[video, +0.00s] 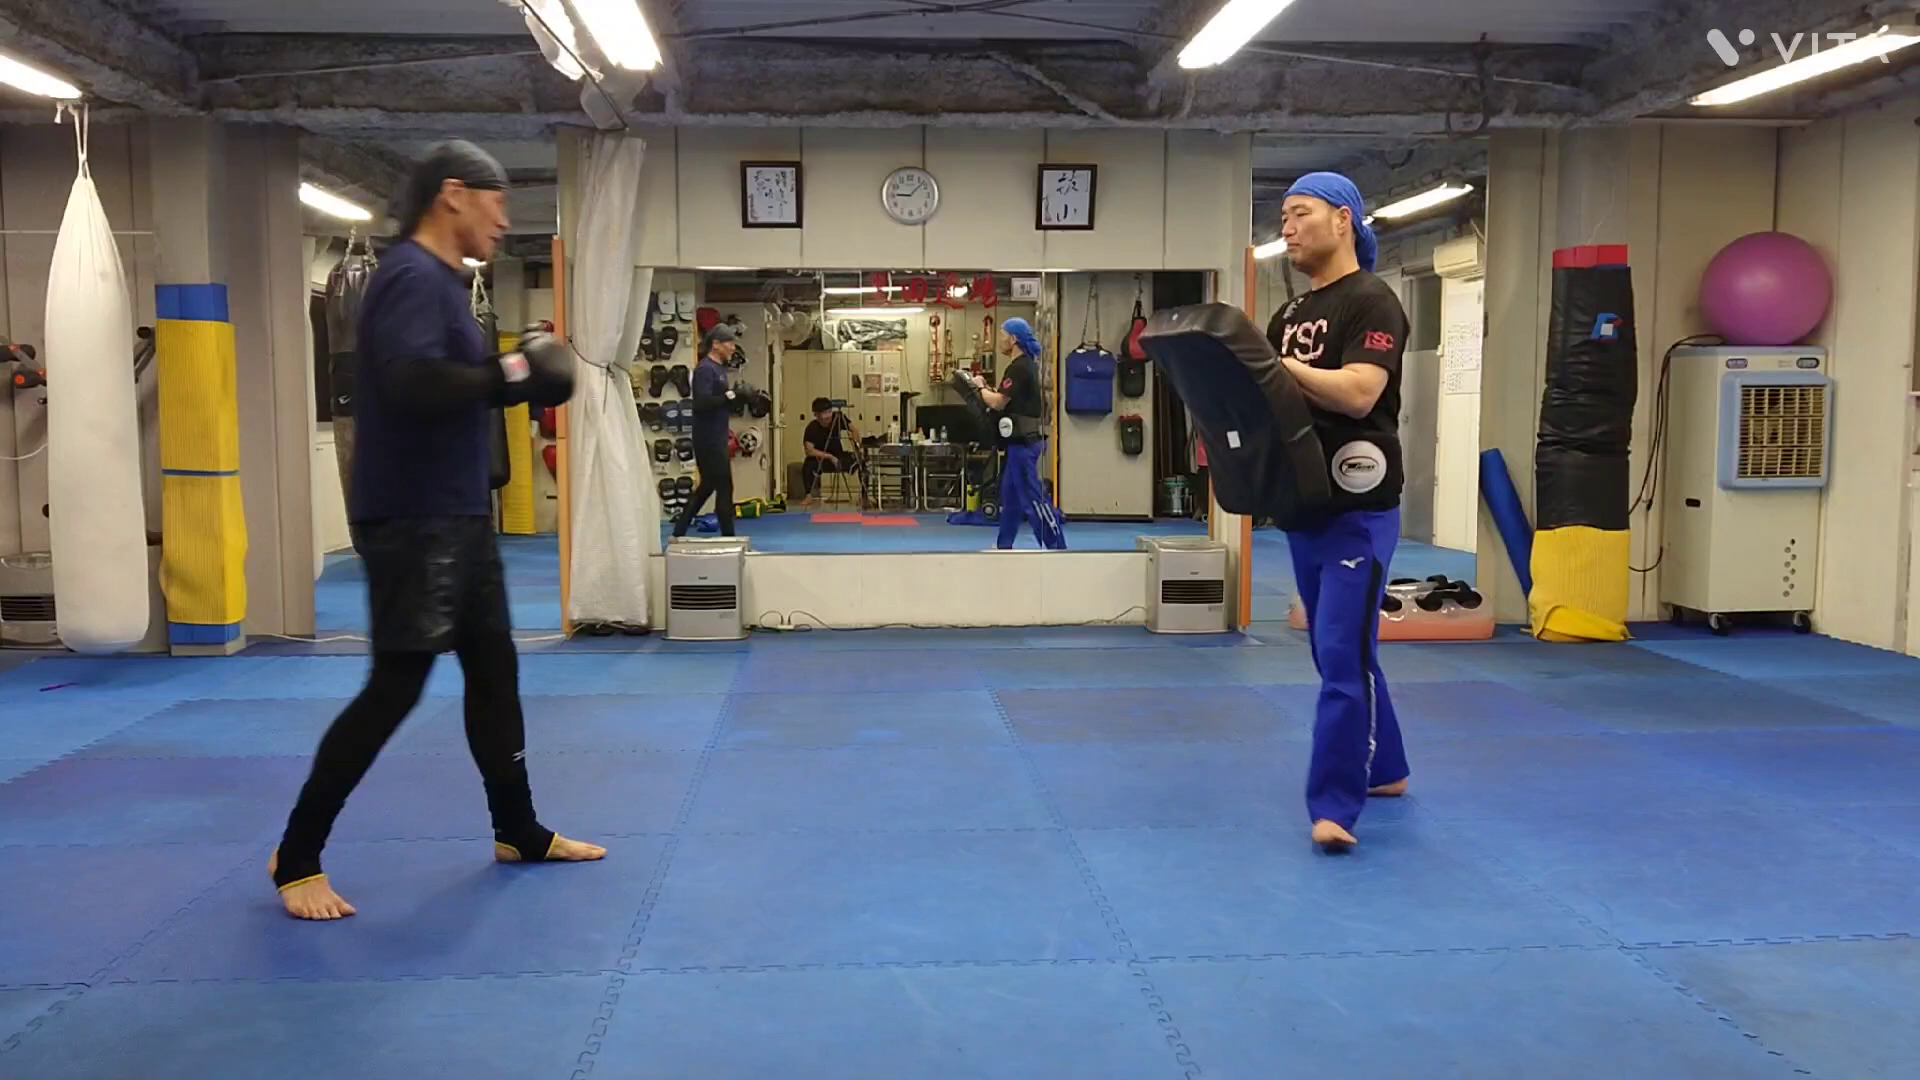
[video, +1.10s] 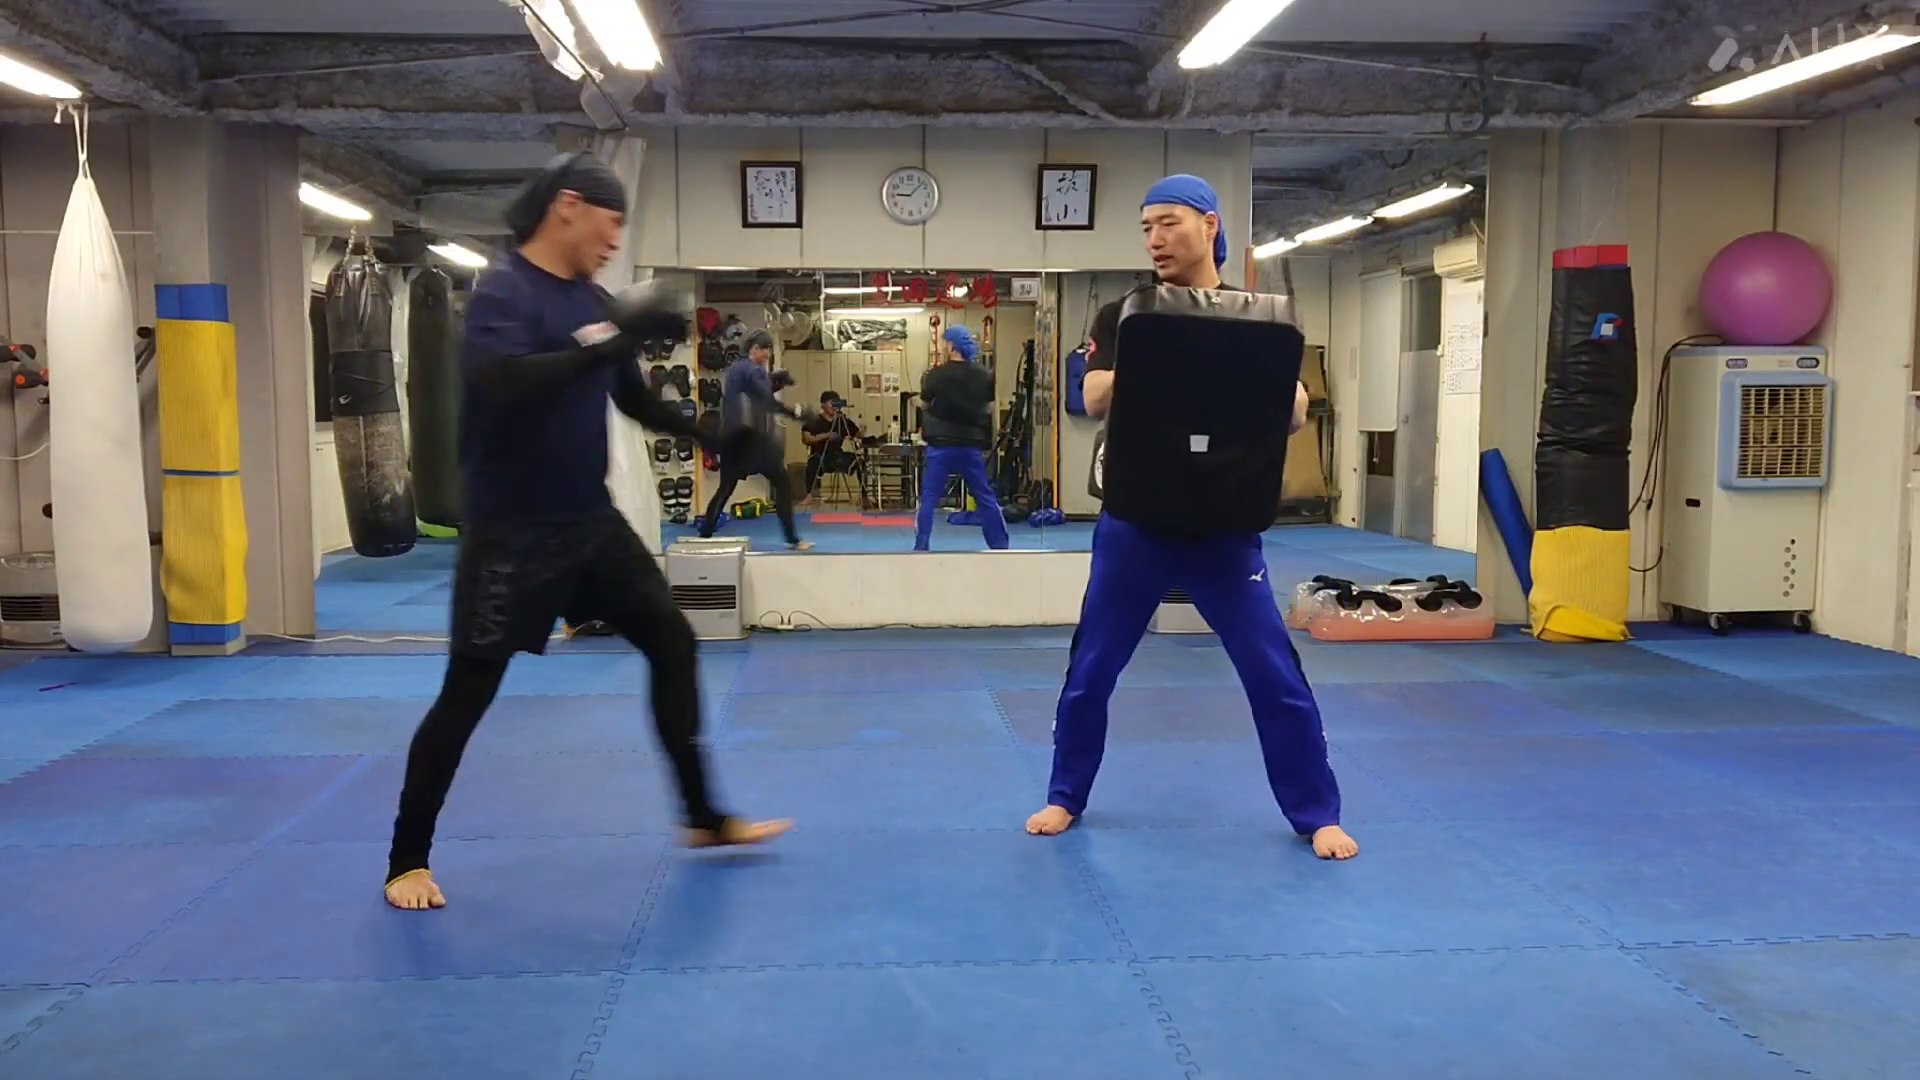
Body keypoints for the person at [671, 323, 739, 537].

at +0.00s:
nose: (734, 348)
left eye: (734, 344)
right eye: (730, 344)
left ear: (719, 346)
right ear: (716, 344)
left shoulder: (718, 369)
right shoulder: (705, 369)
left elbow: (720, 401)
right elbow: (702, 403)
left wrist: (738, 395)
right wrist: (730, 396)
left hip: (715, 436)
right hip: (709, 437)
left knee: (708, 484)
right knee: (723, 486)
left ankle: (678, 532)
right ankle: (729, 538)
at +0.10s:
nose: (738, 349)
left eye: (738, 345)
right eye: (735, 344)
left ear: (724, 345)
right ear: (722, 345)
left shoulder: (721, 368)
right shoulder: (710, 368)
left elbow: (724, 400)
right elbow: (709, 401)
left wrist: (743, 390)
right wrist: (737, 389)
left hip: (720, 435)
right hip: (710, 436)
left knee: (723, 483)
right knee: (720, 482)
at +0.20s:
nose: (745, 356)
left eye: (747, 352)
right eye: (743, 350)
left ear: (734, 347)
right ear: (731, 345)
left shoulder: (726, 368)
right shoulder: (717, 368)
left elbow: (734, 395)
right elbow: (732, 395)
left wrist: (751, 374)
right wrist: (752, 376)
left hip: (724, 432)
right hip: (715, 433)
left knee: (729, 481)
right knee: (725, 480)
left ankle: (730, 537)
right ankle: (692, 527)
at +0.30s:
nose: (747, 354)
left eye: (748, 349)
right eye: (745, 348)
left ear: (733, 347)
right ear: (733, 345)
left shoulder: (726, 367)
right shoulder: (720, 368)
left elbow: (742, 388)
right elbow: (739, 393)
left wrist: (760, 373)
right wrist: (759, 375)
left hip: (722, 432)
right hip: (717, 433)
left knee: (726, 479)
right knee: (728, 478)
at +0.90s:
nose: (755, 353)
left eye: (756, 349)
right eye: (754, 348)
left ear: (738, 347)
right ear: (741, 346)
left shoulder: (719, 365)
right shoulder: (738, 367)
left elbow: (734, 391)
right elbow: (756, 393)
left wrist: (758, 375)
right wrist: (776, 380)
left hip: (715, 435)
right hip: (735, 436)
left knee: (719, 484)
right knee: (761, 480)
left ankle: (703, 535)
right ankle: (749, 539)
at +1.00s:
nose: (758, 354)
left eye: (758, 349)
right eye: (756, 349)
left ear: (732, 348)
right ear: (748, 348)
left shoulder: (720, 373)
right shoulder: (744, 369)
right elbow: (764, 392)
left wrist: (766, 384)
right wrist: (789, 389)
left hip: (719, 437)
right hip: (742, 437)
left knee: (720, 485)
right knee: (773, 478)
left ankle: (703, 535)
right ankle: (761, 537)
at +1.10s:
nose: (767, 357)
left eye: (769, 352)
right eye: (766, 351)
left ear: (751, 349)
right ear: (755, 349)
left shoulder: (734, 369)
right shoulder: (752, 370)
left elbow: (751, 394)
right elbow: (766, 401)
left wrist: (773, 382)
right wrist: (793, 411)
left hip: (732, 438)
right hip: (753, 438)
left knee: (725, 488)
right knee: (782, 482)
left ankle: (704, 536)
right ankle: (792, 539)